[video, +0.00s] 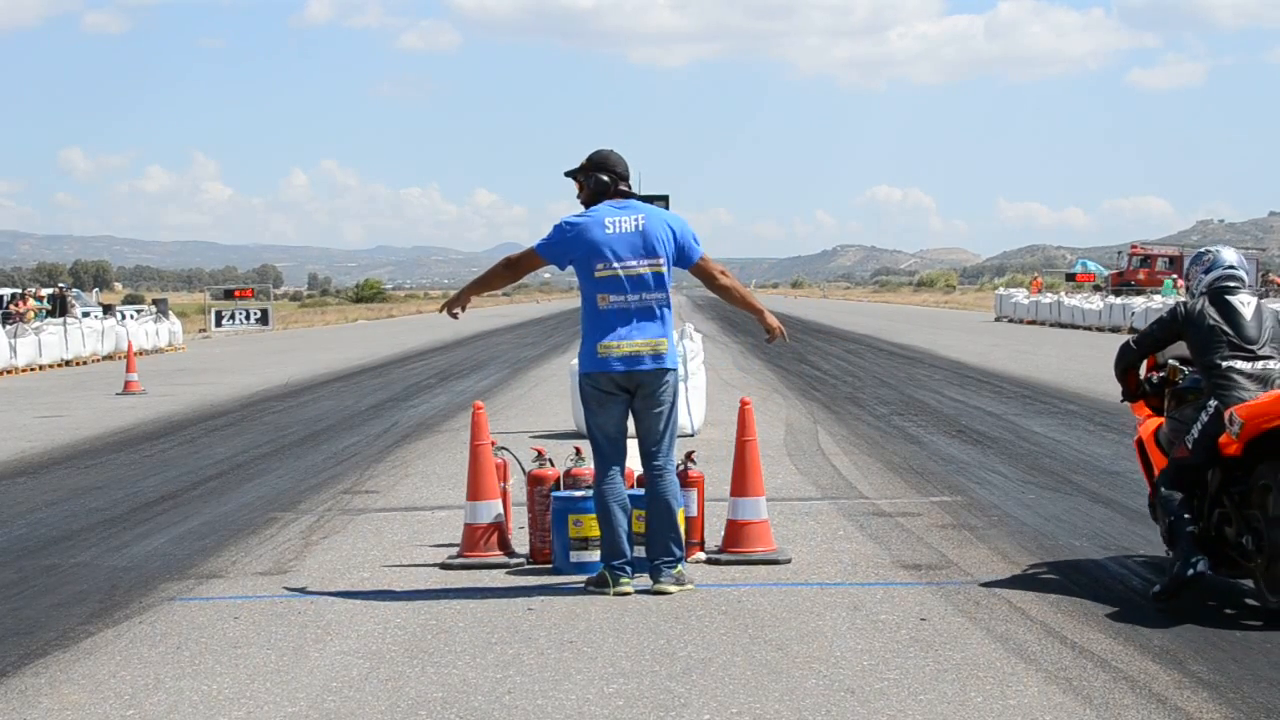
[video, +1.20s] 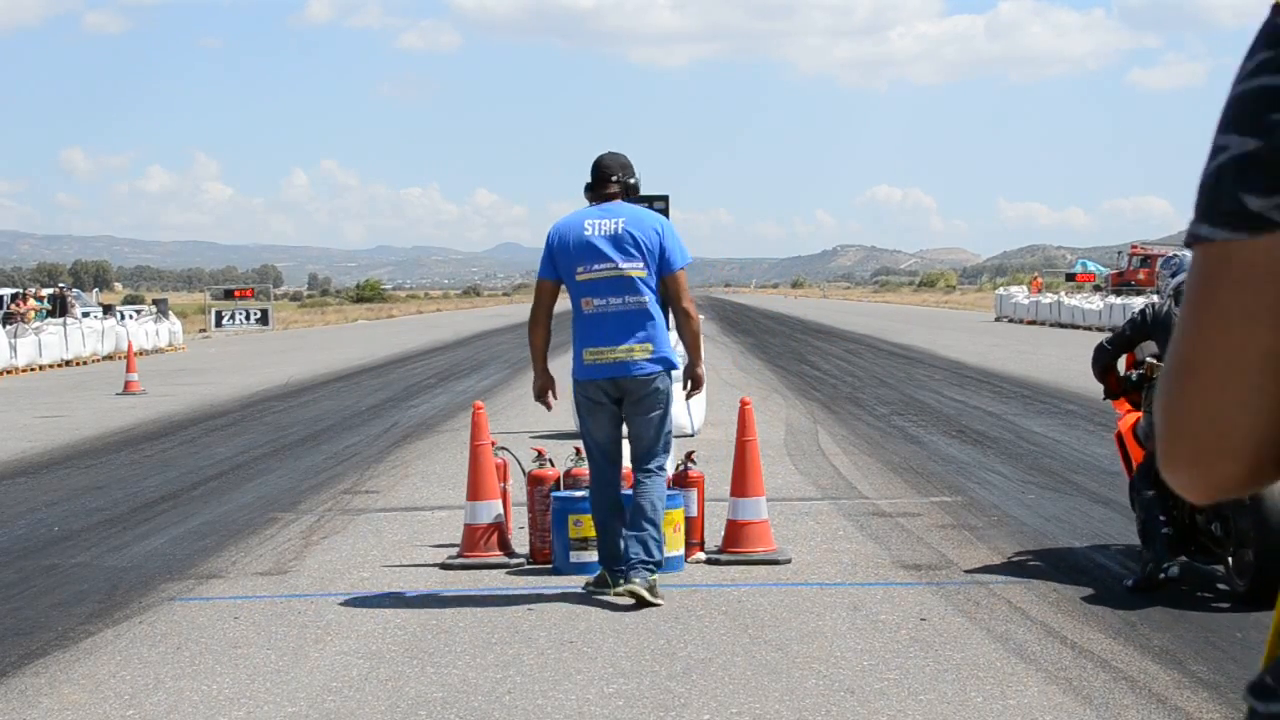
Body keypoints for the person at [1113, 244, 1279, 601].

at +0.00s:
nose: (1188, 283)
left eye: (1191, 276)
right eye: (1189, 277)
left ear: (1201, 274)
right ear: (1241, 273)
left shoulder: (1192, 309)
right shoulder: (1268, 308)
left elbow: (1131, 350)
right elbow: (1259, 353)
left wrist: (1132, 386)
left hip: (1230, 402)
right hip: (1273, 397)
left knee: (1170, 484)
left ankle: (1187, 556)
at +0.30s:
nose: (1174, 286)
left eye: (1175, 280)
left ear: (1183, 278)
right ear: (1228, 276)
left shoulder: (1173, 312)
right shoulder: (1258, 309)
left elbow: (1113, 353)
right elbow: (1276, 346)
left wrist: (1125, 390)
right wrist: (1261, 364)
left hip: (1215, 403)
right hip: (1266, 393)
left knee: (1163, 481)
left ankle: (1165, 570)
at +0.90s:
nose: (1163, 283)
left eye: (1164, 277)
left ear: (1169, 278)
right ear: (1213, 276)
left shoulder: (1158, 312)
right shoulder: (1238, 310)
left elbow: (1101, 354)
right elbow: (1271, 344)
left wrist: (1109, 380)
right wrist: (1253, 370)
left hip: (1199, 399)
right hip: (1251, 391)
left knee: (1158, 477)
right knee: (1267, 464)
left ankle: (1164, 559)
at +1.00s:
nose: (1162, 286)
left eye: (1164, 280)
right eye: (1163, 280)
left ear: (1172, 279)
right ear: (1212, 276)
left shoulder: (1162, 311)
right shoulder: (1241, 311)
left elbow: (1107, 351)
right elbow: (1250, 350)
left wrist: (1111, 380)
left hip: (1199, 402)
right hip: (1244, 400)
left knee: (1149, 478)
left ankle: (1165, 546)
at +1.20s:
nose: (1160, 289)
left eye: (1160, 282)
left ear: (1166, 282)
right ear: (1198, 280)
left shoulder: (1157, 314)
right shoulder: (1222, 312)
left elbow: (1104, 353)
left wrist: (1116, 386)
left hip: (1169, 425)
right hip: (1223, 419)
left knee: (1144, 482)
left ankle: (1155, 559)